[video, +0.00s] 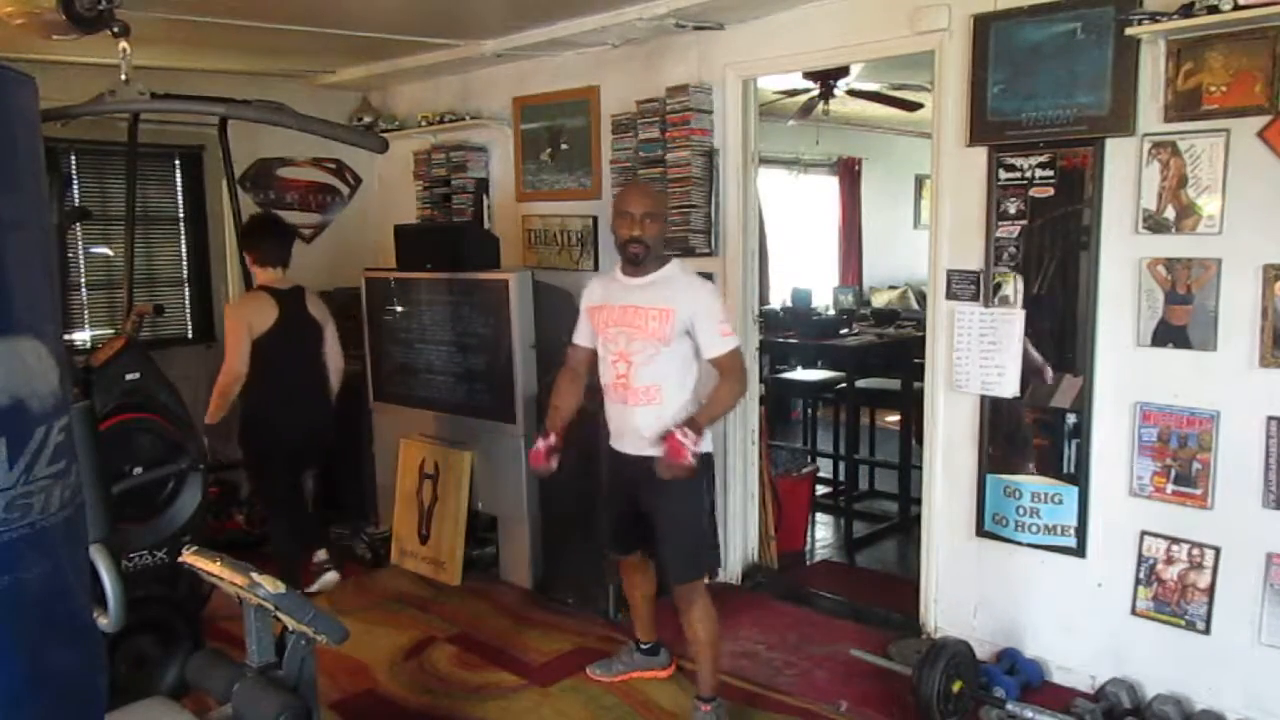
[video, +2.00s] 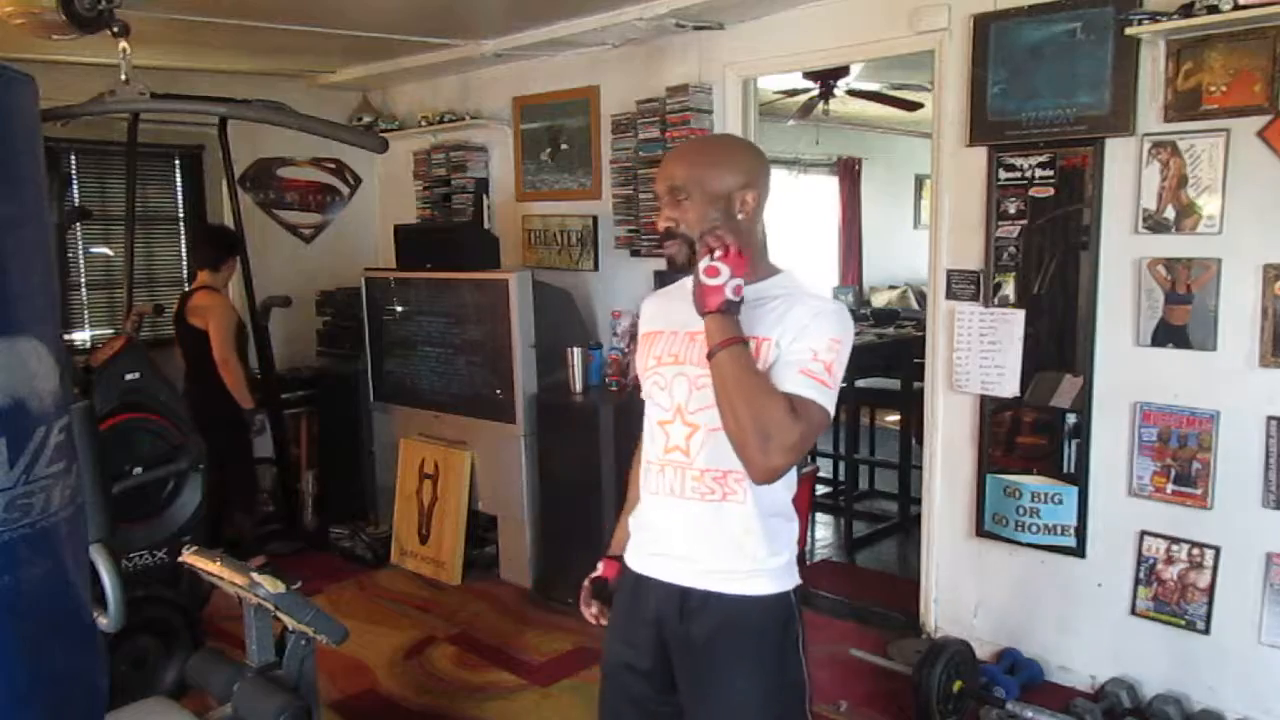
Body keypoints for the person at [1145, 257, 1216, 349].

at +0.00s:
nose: (1180, 273)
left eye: (1183, 269)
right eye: (1177, 269)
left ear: (1189, 271)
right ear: (1172, 272)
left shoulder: (1192, 287)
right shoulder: (1168, 286)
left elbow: (1212, 268)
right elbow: (1151, 266)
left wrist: (1198, 261)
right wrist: (1166, 261)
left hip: (1182, 329)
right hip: (1165, 328)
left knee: (1189, 358)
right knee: (1154, 356)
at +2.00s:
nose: (1182, 272)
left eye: (1184, 269)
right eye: (1180, 269)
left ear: (1188, 272)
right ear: (1174, 271)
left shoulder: (1192, 287)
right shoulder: (1168, 286)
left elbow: (1213, 268)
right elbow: (1151, 266)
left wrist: (1195, 262)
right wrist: (1165, 261)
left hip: (1181, 329)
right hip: (1165, 327)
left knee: (1191, 357)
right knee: (1154, 356)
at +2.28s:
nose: (1181, 272)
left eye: (1184, 268)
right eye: (1178, 269)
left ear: (1188, 271)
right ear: (1173, 271)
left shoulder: (1192, 287)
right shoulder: (1168, 286)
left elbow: (1213, 269)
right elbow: (1151, 265)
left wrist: (1197, 263)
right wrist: (1166, 261)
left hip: (1182, 328)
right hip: (1165, 327)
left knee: (1189, 358)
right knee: (1155, 356)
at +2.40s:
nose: (1181, 271)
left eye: (1183, 268)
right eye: (1177, 268)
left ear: (1188, 271)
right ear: (1173, 271)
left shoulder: (1191, 287)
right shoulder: (1168, 286)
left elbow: (1212, 269)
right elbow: (1151, 266)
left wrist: (1196, 263)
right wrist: (1166, 261)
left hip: (1181, 329)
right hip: (1165, 327)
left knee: (1189, 358)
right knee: (1155, 356)